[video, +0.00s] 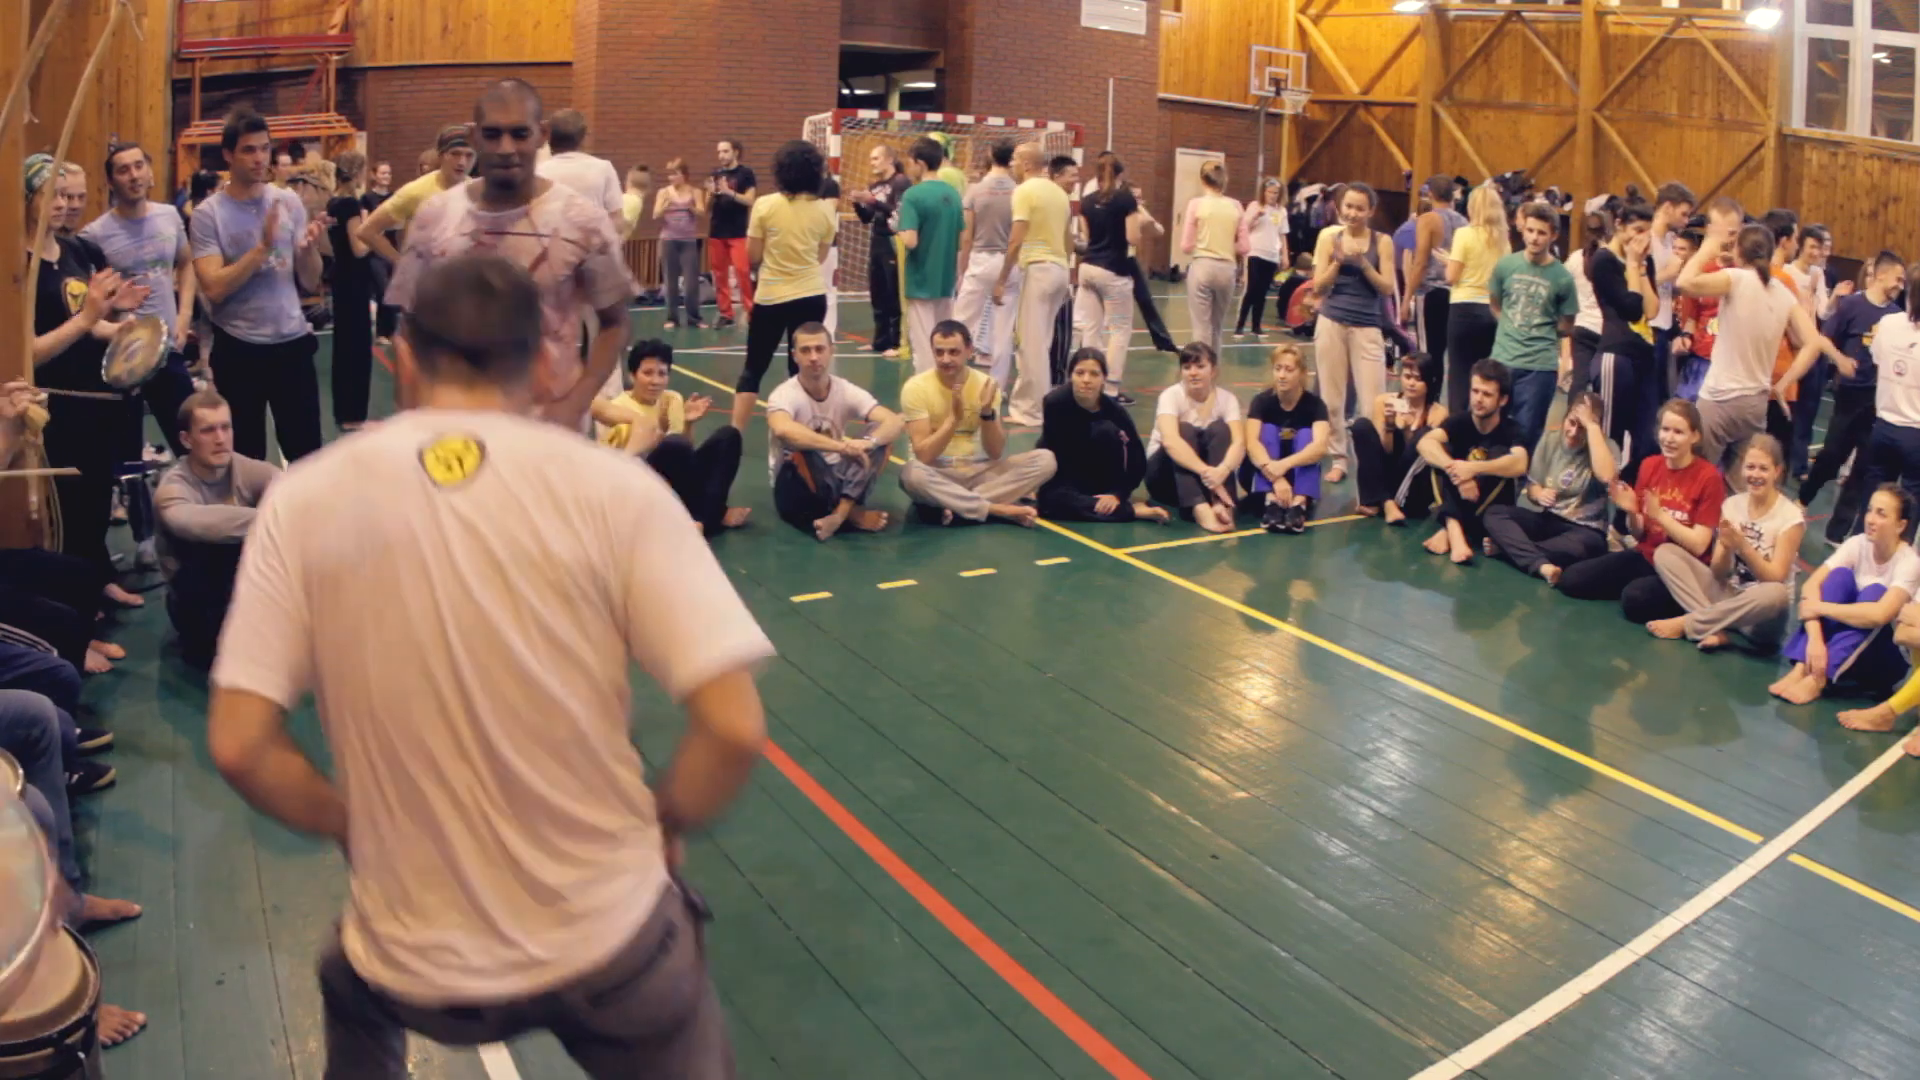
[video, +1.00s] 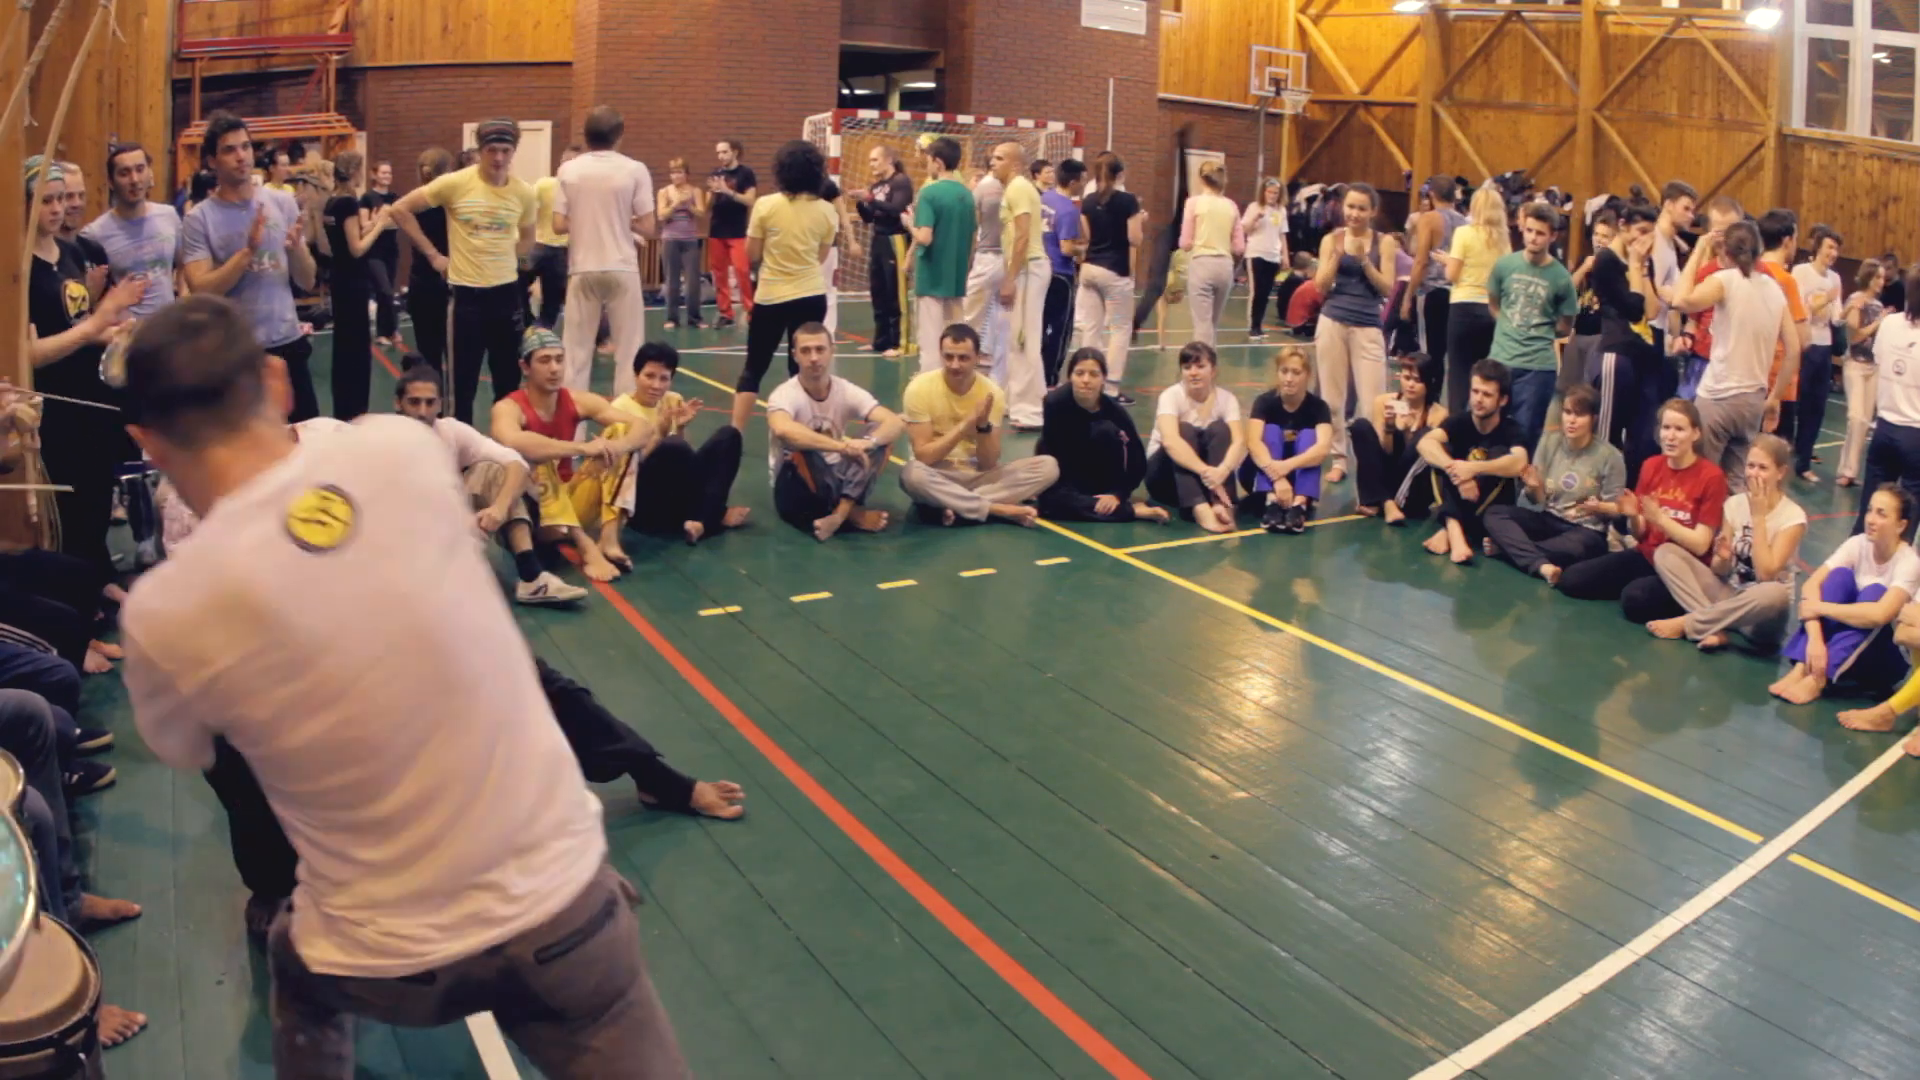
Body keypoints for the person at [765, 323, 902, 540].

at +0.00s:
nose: (813, 358)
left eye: (820, 350)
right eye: (805, 351)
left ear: (831, 351)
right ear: (794, 355)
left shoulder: (843, 389)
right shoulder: (784, 394)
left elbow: (895, 421)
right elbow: (782, 430)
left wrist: (870, 442)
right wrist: (841, 447)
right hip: (797, 496)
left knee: (881, 439)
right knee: (803, 451)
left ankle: (838, 514)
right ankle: (852, 512)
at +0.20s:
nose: (814, 358)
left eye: (820, 350)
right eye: (805, 351)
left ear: (831, 351)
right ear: (794, 355)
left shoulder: (843, 389)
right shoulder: (784, 394)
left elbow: (895, 422)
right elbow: (782, 430)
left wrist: (869, 442)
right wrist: (841, 446)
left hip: (839, 492)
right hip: (797, 496)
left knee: (881, 440)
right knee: (801, 450)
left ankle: (838, 515)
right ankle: (852, 512)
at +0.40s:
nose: (813, 358)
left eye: (820, 350)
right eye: (805, 351)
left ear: (831, 351)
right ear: (794, 355)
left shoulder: (843, 389)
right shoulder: (784, 394)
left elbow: (894, 423)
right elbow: (782, 430)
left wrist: (869, 442)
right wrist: (841, 447)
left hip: (839, 492)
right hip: (797, 496)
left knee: (881, 441)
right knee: (802, 451)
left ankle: (839, 514)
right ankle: (851, 512)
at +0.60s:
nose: (814, 357)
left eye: (821, 349)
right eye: (806, 350)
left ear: (832, 351)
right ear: (794, 354)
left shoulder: (843, 389)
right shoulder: (784, 394)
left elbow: (894, 423)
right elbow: (782, 430)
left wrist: (869, 442)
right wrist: (841, 447)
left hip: (839, 492)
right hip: (797, 496)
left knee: (881, 440)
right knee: (802, 451)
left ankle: (839, 514)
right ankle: (851, 512)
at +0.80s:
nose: (814, 358)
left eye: (821, 350)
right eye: (806, 351)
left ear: (832, 351)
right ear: (794, 355)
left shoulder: (844, 390)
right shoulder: (784, 394)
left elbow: (895, 423)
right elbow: (782, 430)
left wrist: (869, 442)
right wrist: (841, 447)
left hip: (839, 492)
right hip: (797, 497)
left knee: (881, 439)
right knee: (802, 450)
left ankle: (838, 515)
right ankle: (852, 511)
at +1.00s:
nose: (814, 358)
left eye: (820, 350)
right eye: (805, 351)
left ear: (832, 351)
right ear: (794, 355)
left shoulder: (844, 390)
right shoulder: (784, 394)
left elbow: (896, 422)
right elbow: (782, 430)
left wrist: (870, 442)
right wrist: (841, 447)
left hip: (839, 492)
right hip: (797, 497)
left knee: (881, 439)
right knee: (803, 448)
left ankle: (838, 515)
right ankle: (852, 511)